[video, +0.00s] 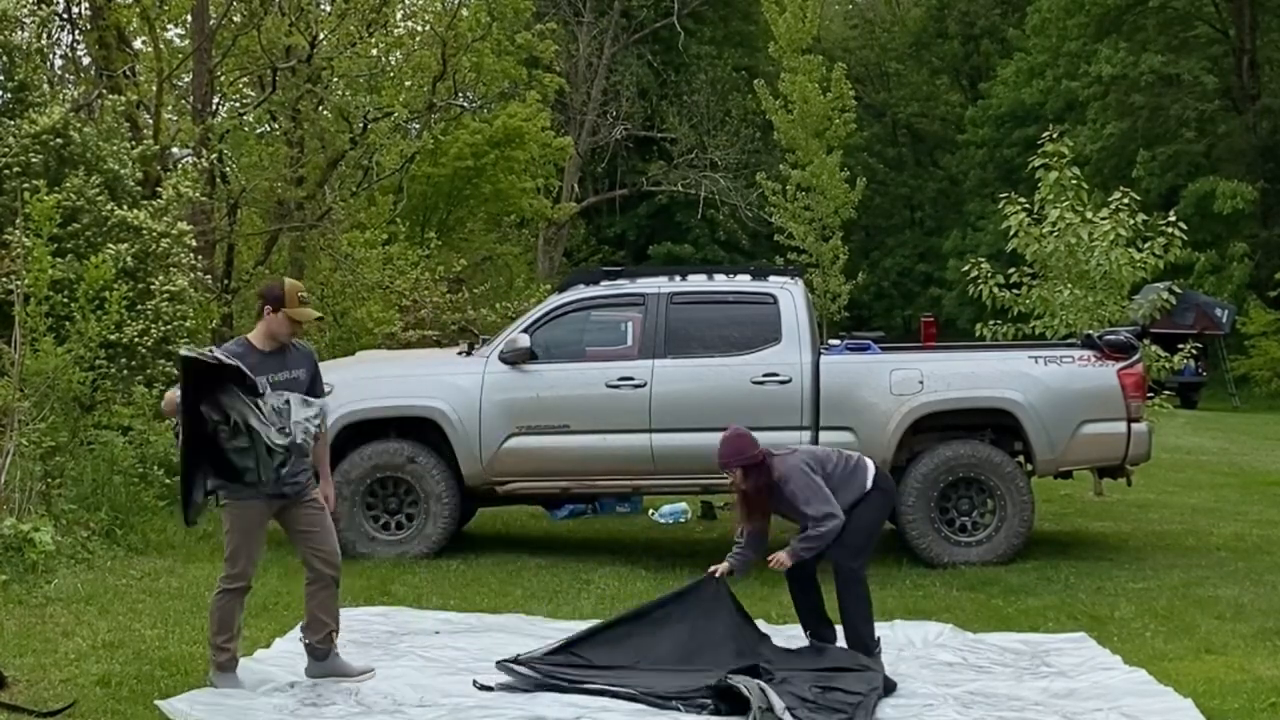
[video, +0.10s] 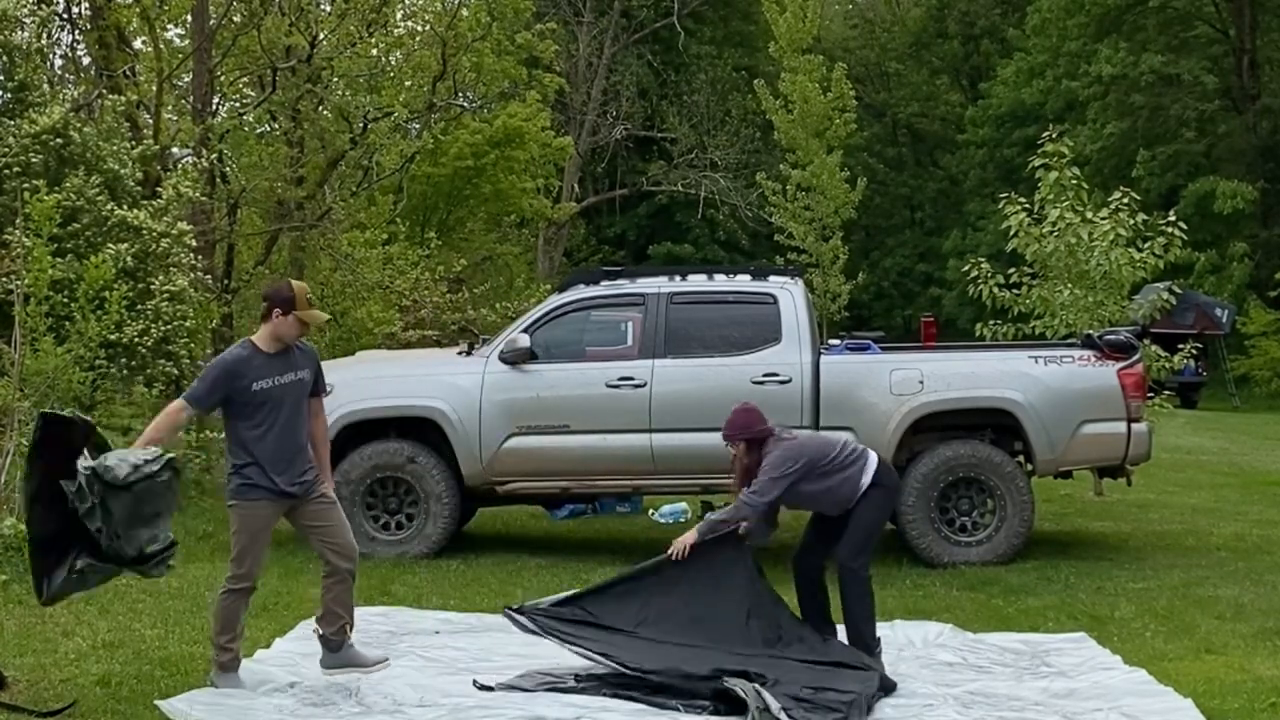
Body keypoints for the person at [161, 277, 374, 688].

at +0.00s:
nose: (298, 327)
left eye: (300, 320)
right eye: (293, 319)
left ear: (285, 316)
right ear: (269, 313)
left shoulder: (303, 358)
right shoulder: (228, 358)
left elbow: (318, 425)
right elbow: (170, 403)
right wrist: (201, 389)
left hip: (298, 486)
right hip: (246, 489)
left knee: (326, 562)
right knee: (237, 577)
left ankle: (321, 656)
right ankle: (223, 667)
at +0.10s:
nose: (305, 329)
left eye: (306, 322)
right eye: (299, 321)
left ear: (287, 317)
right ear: (275, 316)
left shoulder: (305, 357)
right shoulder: (233, 364)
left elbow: (316, 416)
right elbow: (181, 410)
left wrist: (325, 474)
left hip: (305, 482)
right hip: (254, 487)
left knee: (343, 555)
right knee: (243, 578)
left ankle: (336, 647)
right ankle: (225, 669)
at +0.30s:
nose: (403, 336)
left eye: (404, 329)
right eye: (399, 328)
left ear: (382, 327)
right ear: (378, 326)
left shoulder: (388, 371)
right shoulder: (338, 370)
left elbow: (388, 435)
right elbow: (304, 427)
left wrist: (398, 492)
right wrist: (310, 491)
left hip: (374, 499)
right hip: (335, 499)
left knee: (385, 582)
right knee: (315, 582)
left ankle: (384, 670)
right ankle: (245, 653)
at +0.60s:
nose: (529, 342)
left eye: (529, 335)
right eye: (525, 334)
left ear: (498, 334)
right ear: (507, 335)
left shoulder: (493, 374)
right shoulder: (483, 385)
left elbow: (510, 442)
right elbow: (492, 460)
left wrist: (537, 484)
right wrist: (532, 512)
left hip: (471, 497)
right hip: (476, 501)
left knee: (481, 580)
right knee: (511, 585)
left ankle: (414, 643)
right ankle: (515, 678)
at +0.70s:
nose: (574, 357)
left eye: (575, 350)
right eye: (573, 349)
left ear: (547, 345)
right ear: (554, 346)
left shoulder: (540, 387)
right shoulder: (519, 388)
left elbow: (550, 452)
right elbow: (510, 463)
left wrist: (577, 503)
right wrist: (551, 512)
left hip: (490, 492)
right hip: (480, 495)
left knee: (499, 576)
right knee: (510, 583)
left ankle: (486, 659)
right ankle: (515, 677)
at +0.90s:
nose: (594, 354)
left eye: (595, 348)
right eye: (591, 347)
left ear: (570, 344)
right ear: (571, 343)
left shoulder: (572, 383)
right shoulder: (528, 383)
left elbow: (608, 422)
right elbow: (495, 441)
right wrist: (498, 505)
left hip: (519, 496)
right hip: (498, 496)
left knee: (511, 585)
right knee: (510, 586)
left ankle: (495, 668)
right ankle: (514, 676)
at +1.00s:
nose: (600, 357)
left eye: (601, 350)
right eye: (597, 349)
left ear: (578, 345)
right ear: (576, 345)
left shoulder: (581, 385)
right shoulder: (538, 383)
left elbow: (631, 406)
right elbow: (505, 439)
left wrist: (690, 416)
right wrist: (517, 499)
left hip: (513, 494)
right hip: (493, 492)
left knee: (511, 584)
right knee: (508, 586)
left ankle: (495, 668)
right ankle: (515, 678)